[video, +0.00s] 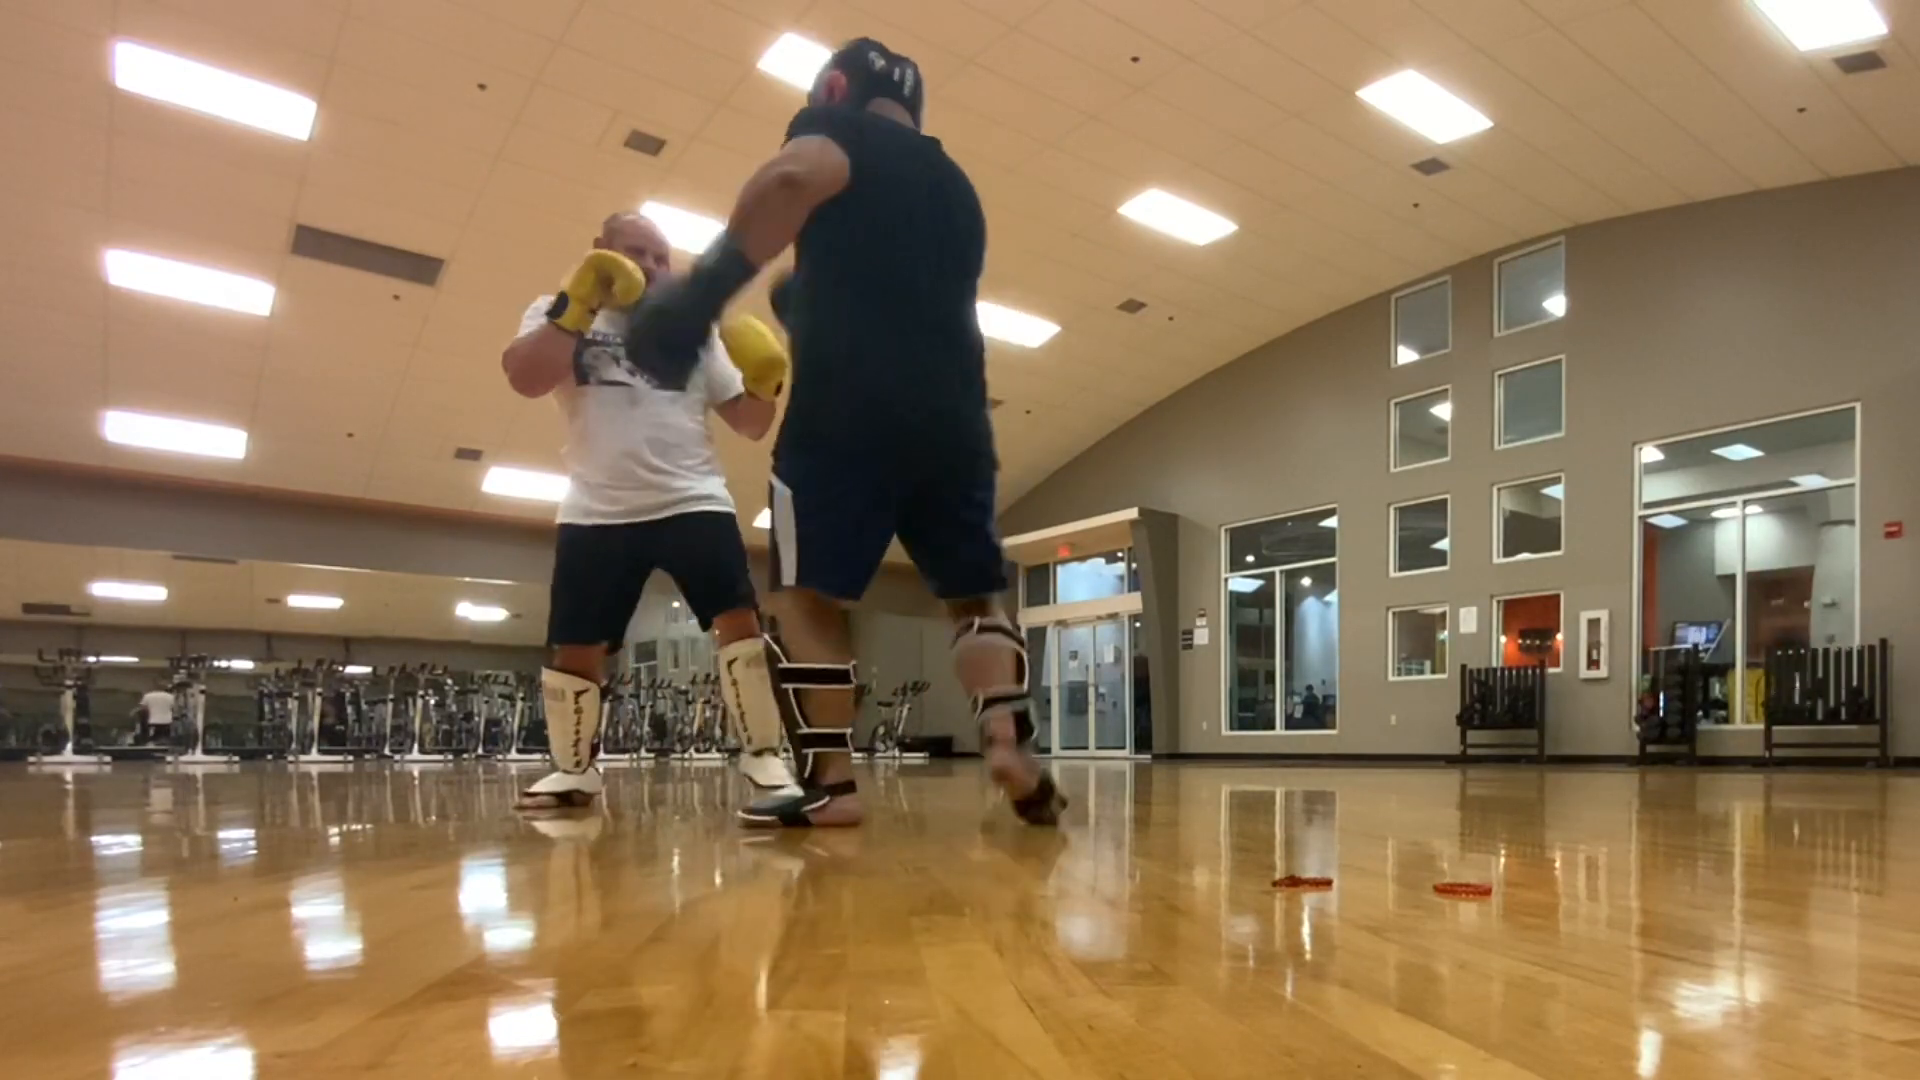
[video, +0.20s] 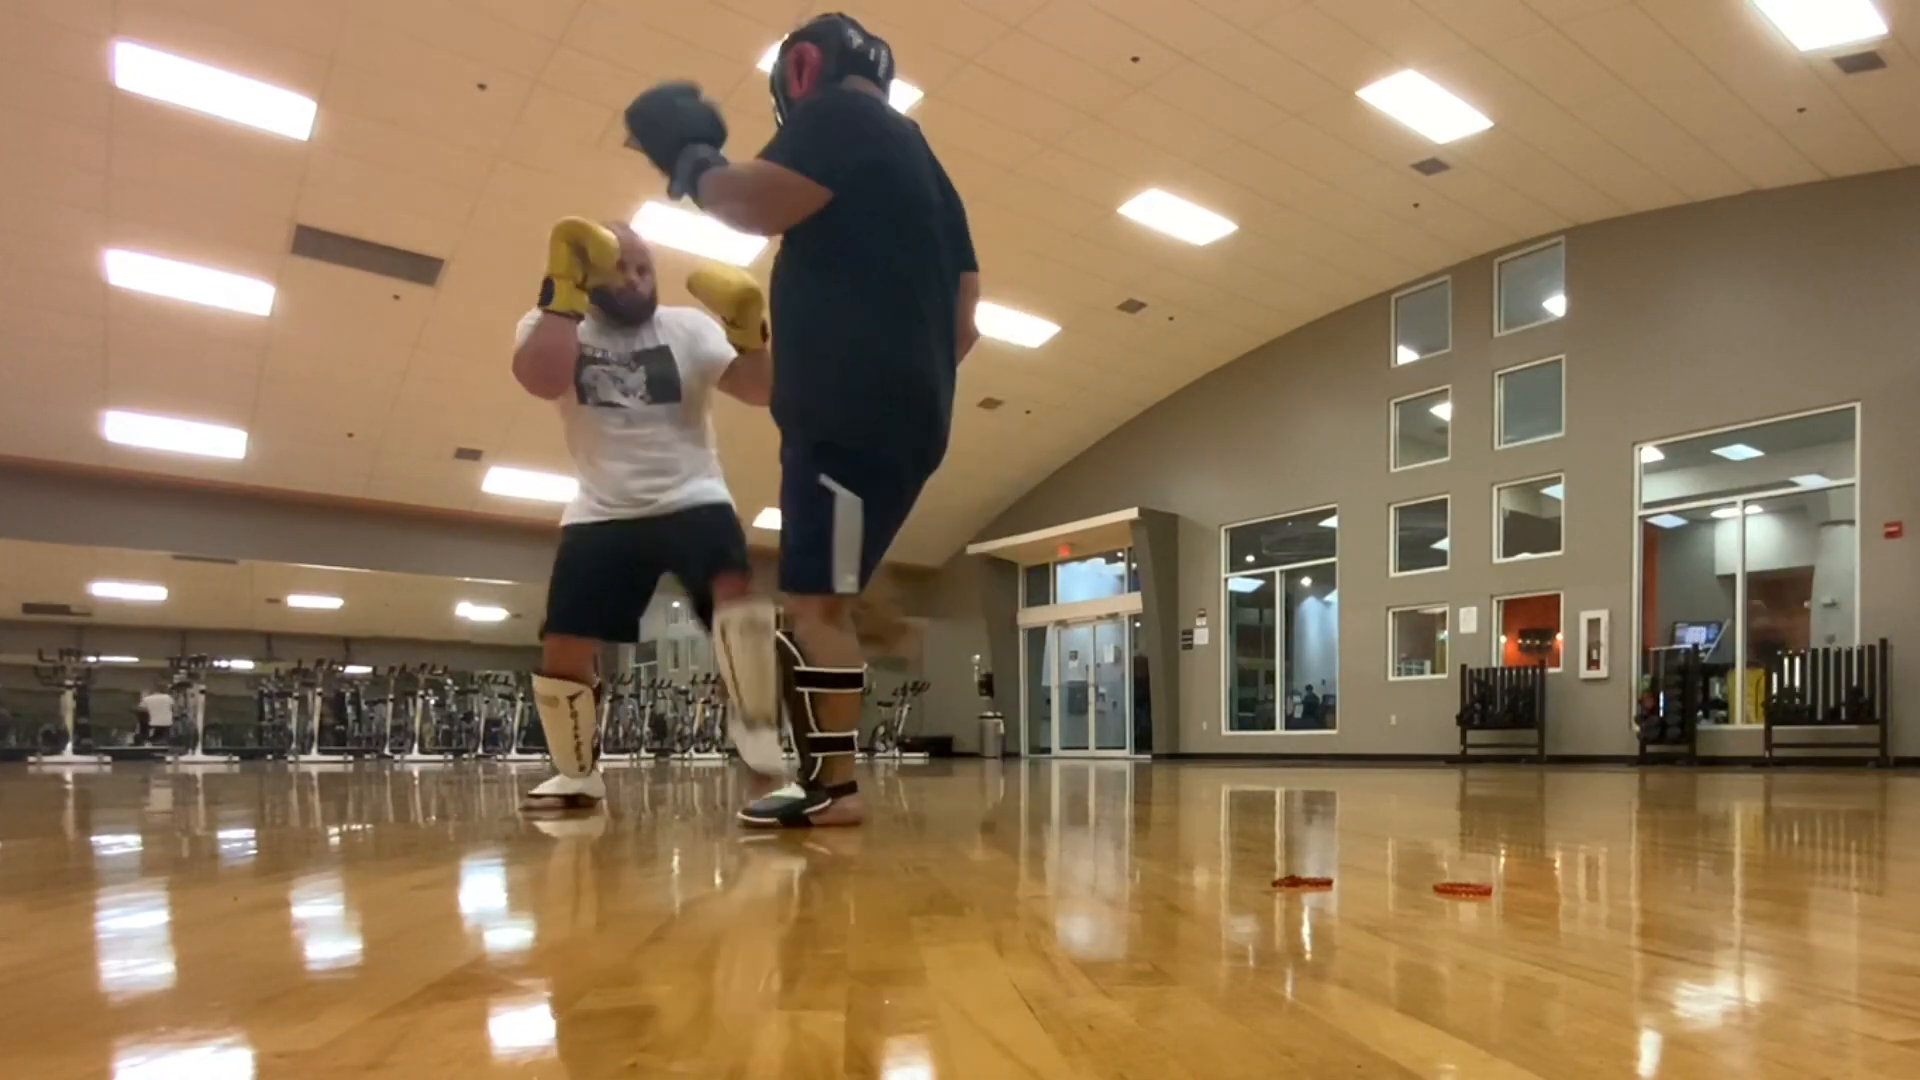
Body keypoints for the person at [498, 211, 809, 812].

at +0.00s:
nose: (645, 264)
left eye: (656, 256)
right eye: (631, 252)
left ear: (670, 265)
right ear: (599, 257)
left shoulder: (691, 321)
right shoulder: (560, 312)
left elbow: (751, 422)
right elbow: (527, 379)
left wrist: (767, 377)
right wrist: (578, 307)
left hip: (692, 500)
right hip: (597, 508)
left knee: (735, 617)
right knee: (574, 642)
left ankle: (766, 760)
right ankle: (574, 771)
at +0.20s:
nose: (637, 279)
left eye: (644, 267)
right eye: (622, 270)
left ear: (655, 271)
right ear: (592, 278)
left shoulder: (689, 328)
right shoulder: (560, 329)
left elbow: (760, 389)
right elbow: (544, 380)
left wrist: (753, 335)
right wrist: (566, 296)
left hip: (693, 499)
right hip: (602, 508)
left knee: (733, 583)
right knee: (566, 638)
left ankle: (757, 726)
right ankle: (576, 775)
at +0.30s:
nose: (630, 288)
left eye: (637, 276)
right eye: (616, 278)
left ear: (648, 279)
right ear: (585, 286)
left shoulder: (675, 333)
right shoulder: (551, 338)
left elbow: (751, 414)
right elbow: (539, 392)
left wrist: (741, 364)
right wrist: (564, 308)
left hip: (682, 487)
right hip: (607, 512)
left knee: (719, 472)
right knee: (572, 643)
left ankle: (665, 620)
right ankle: (578, 777)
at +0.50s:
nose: (642, 260)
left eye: (650, 250)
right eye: (623, 251)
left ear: (663, 259)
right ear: (594, 266)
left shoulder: (698, 319)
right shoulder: (567, 333)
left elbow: (788, 386)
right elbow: (492, 378)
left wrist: (780, 338)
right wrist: (532, 303)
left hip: (703, 473)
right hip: (623, 504)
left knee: (721, 526)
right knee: (585, 617)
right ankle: (580, 775)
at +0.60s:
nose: (663, 256)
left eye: (672, 245)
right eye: (645, 246)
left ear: (686, 254)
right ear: (616, 258)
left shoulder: (715, 305)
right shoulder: (590, 326)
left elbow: (808, 317)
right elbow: (513, 369)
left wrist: (787, 270)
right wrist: (552, 297)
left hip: (714, 492)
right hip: (633, 509)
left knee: (749, 605)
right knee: (595, 629)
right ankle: (579, 775)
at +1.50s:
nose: (705, 258)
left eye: (716, 247)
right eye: (693, 241)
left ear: (724, 250)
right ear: (660, 228)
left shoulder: (732, 314)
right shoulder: (591, 273)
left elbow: (780, 406)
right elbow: (571, 343)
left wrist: (820, 356)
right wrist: (635, 273)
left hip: (716, 504)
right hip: (615, 501)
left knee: (751, 632)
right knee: (609, 644)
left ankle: (807, 763)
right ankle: (612, 773)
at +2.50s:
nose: (752, 166)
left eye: (755, 159)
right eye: (741, 149)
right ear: (687, 130)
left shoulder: (744, 258)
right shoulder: (616, 188)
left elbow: (769, 359)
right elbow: (640, 270)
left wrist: (834, 307)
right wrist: (718, 203)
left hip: (758, 456)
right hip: (654, 450)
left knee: (818, 598)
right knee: (626, 609)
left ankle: (847, 756)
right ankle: (593, 777)